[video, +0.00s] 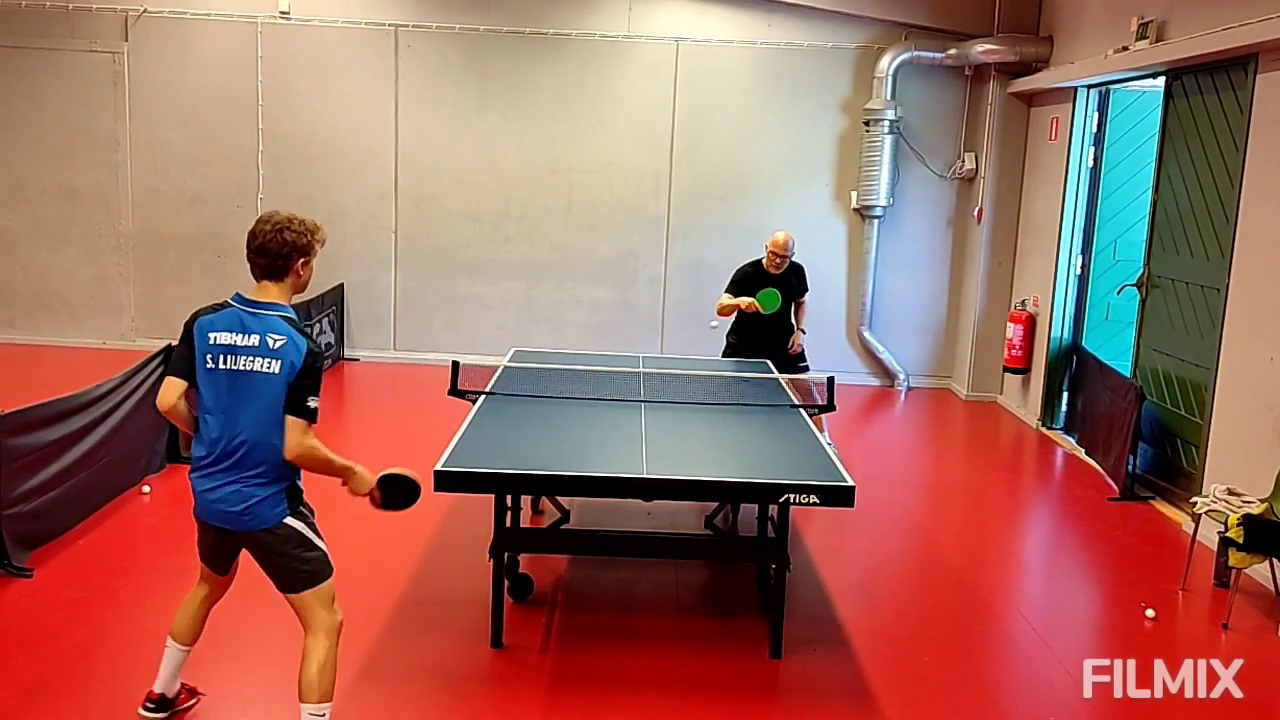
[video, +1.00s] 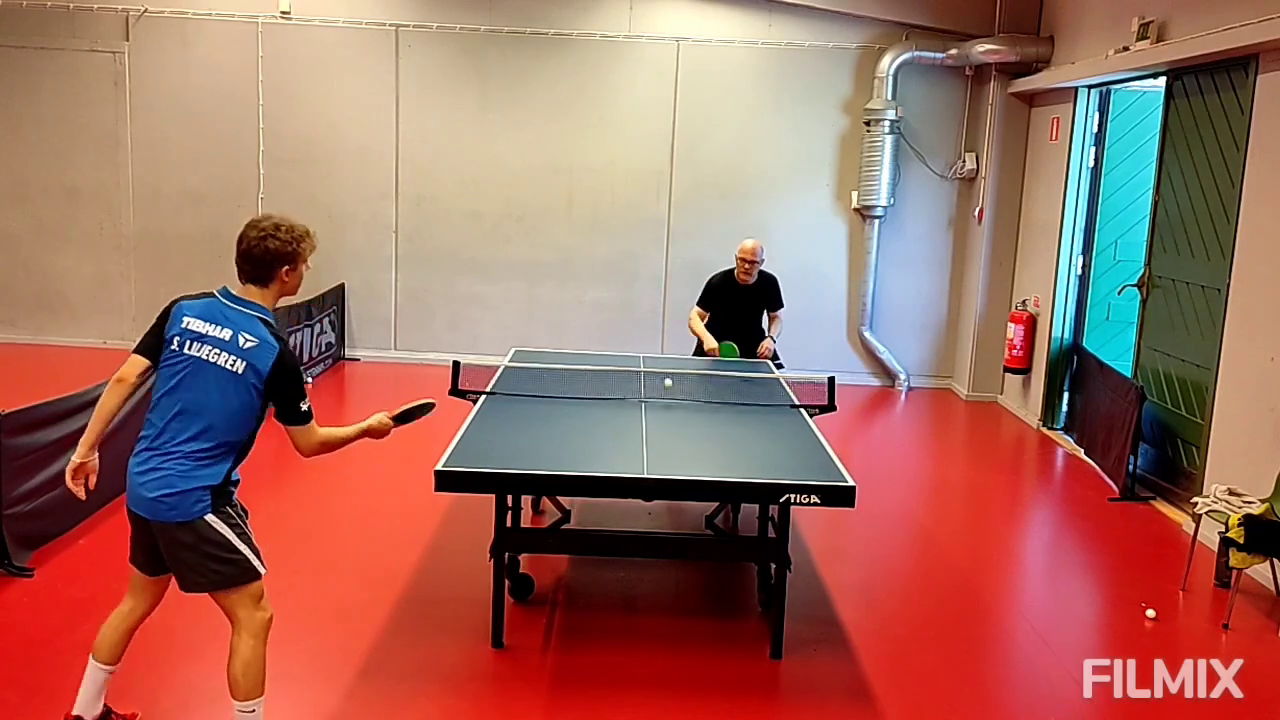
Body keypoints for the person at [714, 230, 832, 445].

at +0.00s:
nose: (778, 261)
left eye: (784, 257)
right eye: (774, 255)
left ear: (791, 255)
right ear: (766, 248)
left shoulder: (796, 272)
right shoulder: (747, 272)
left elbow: (801, 302)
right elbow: (721, 309)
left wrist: (800, 331)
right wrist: (738, 302)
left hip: (781, 345)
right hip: (744, 345)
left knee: (806, 392)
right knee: (727, 394)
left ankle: (824, 443)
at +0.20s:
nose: (784, 250)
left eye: (790, 247)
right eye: (780, 245)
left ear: (799, 247)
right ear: (773, 242)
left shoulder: (807, 271)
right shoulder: (755, 267)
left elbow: (819, 304)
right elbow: (725, 300)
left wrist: (813, 329)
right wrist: (737, 302)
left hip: (788, 342)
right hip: (750, 340)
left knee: (813, 394)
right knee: (723, 384)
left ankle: (825, 443)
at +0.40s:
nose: (767, 251)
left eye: (773, 248)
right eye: (763, 246)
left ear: (781, 251)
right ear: (757, 246)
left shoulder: (790, 278)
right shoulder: (739, 274)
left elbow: (799, 310)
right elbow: (710, 306)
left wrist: (799, 332)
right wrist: (721, 310)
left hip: (774, 349)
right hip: (735, 346)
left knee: (803, 396)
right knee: (701, 386)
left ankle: (823, 446)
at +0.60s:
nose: (750, 243)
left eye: (756, 240)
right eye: (746, 238)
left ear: (765, 243)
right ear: (740, 237)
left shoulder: (771, 271)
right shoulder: (719, 264)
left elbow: (772, 305)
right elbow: (692, 296)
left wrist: (773, 327)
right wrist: (704, 303)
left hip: (750, 342)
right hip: (714, 340)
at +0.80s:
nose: (742, 243)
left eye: (748, 239)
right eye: (739, 238)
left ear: (758, 242)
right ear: (732, 237)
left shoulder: (765, 268)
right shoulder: (713, 263)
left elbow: (770, 303)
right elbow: (685, 293)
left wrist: (763, 324)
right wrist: (695, 300)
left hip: (746, 343)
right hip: (709, 342)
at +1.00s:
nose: (747, 266)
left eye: (753, 263)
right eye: (742, 260)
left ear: (761, 263)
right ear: (736, 259)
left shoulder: (769, 283)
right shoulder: (718, 281)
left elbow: (775, 318)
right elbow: (694, 317)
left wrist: (771, 339)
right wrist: (707, 339)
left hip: (752, 350)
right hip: (715, 349)